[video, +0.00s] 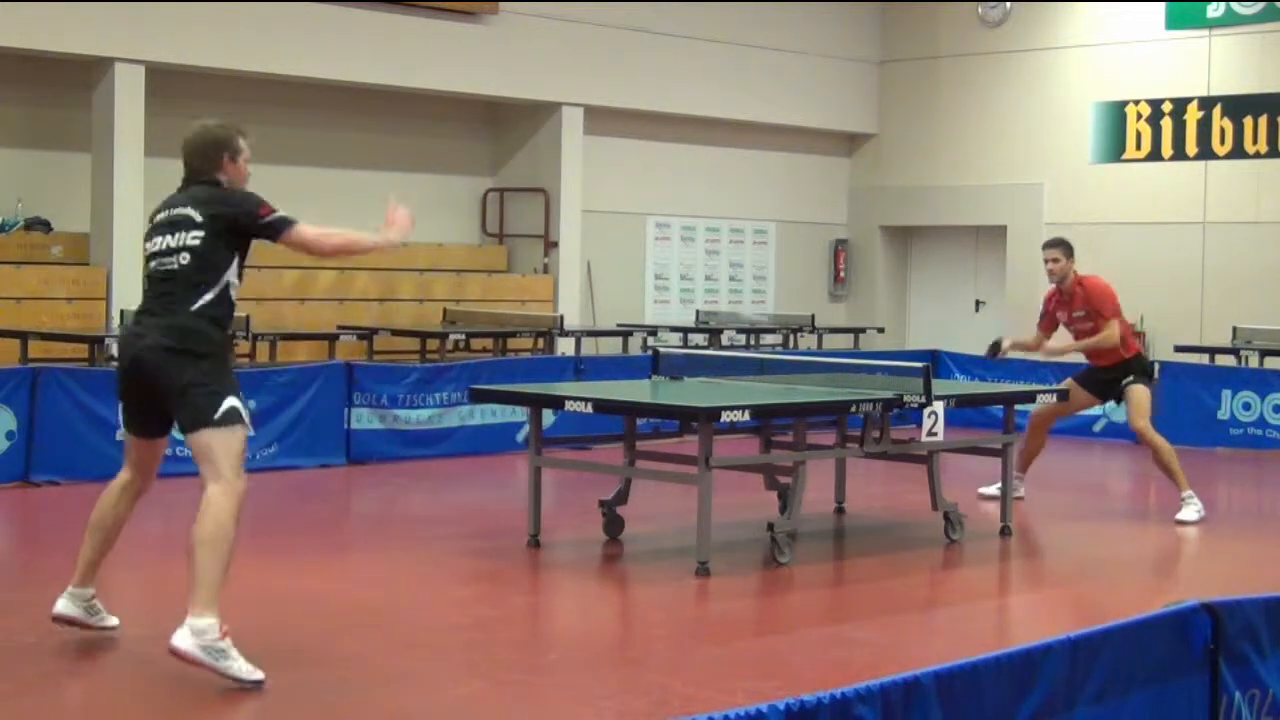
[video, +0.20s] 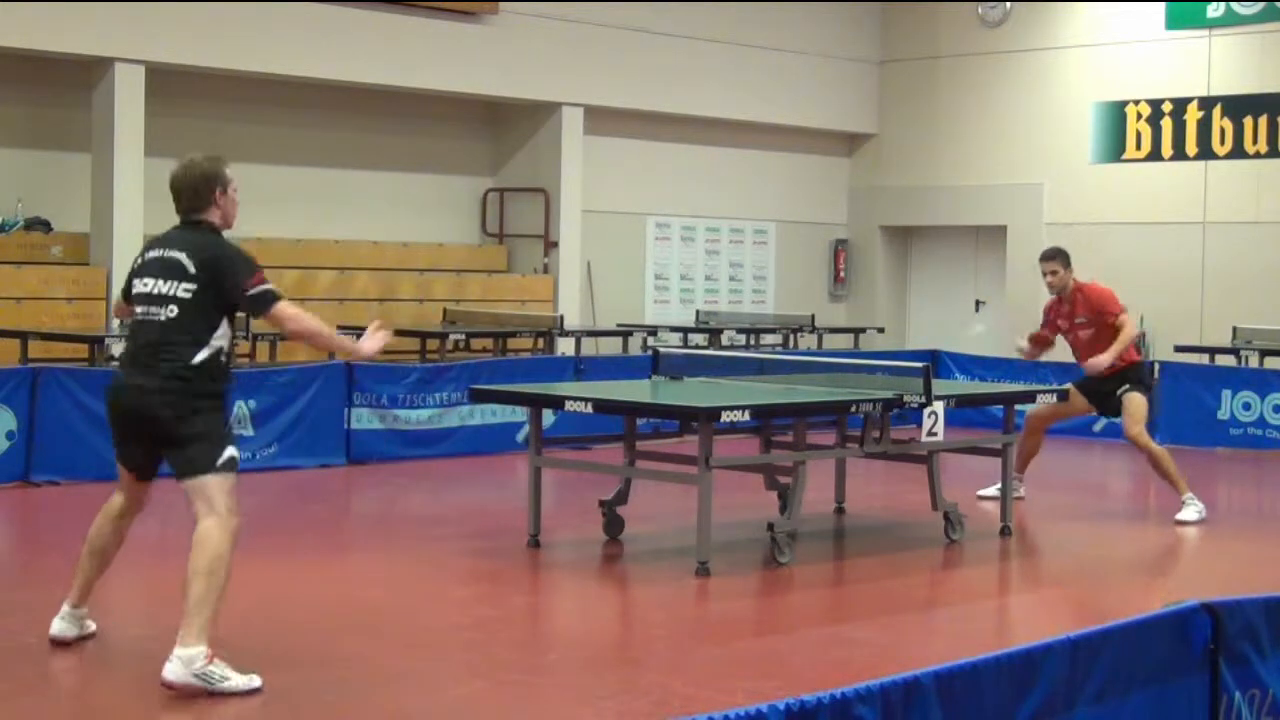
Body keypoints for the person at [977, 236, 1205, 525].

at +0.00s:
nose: (1049, 268)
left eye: (1054, 261)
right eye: (1046, 262)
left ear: (1071, 262)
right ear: (1045, 265)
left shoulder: (1096, 289)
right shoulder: (1053, 299)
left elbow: (1113, 337)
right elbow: (1038, 342)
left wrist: (1061, 349)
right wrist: (1012, 343)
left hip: (1131, 366)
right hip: (1100, 371)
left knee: (1140, 426)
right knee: (1040, 416)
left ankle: (1189, 498)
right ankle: (1015, 482)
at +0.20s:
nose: (1049, 280)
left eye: (1054, 274)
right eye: (1045, 276)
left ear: (1070, 272)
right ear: (1043, 278)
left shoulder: (1097, 295)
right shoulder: (1054, 308)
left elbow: (1130, 328)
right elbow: (1043, 343)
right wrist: (1030, 347)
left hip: (1129, 375)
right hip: (1096, 381)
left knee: (1135, 432)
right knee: (1035, 418)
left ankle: (1189, 500)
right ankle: (1015, 482)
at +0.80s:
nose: (1076, 224)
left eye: (1083, 219)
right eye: (1075, 220)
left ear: (1102, 225)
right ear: (1077, 228)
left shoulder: (1124, 266)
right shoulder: (1068, 267)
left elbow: (1156, 304)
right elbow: (1030, 293)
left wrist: (1165, 299)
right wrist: (1010, 261)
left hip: (1115, 357)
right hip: (1079, 357)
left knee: (1141, 424)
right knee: (1043, 420)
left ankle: (1192, 499)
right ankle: (1015, 482)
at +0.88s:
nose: (1075, 226)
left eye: (1082, 221)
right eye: (1075, 221)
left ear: (1101, 225)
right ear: (1080, 228)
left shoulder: (1125, 267)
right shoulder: (1071, 269)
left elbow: (1141, 309)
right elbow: (1048, 310)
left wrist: (1145, 332)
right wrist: (1018, 290)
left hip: (1112, 357)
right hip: (1075, 357)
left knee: (1142, 427)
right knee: (1043, 422)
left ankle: (1192, 499)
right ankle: (1016, 482)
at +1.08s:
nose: (1074, 230)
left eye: (1080, 225)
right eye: (1074, 226)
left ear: (1099, 229)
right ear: (1088, 230)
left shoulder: (1122, 269)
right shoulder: (1074, 273)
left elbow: (1121, 325)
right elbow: (1066, 321)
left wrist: (1093, 367)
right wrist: (1054, 363)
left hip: (1104, 358)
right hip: (1070, 357)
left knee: (1139, 426)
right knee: (1043, 424)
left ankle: (1191, 498)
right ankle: (1016, 481)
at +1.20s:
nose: (1073, 231)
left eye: (1079, 226)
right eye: (1073, 226)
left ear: (1098, 229)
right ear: (1087, 230)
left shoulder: (1121, 269)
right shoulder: (1072, 272)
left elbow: (1120, 323)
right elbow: (1061, 319)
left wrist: (1079, 352)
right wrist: (1051, 361)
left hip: (1104, 356)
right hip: (1070, 356)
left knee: (1138, 426)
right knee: (1043, 422)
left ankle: (1191, 498)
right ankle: (1016, 481)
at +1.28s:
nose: (1074, 230)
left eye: (1079, 225)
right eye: (1073, 226)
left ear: (1099, 228)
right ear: (1083, 231)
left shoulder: (1120, 269)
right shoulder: (1071, 272)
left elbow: (1119, 322)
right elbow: (1061, 320)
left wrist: (1074, 348)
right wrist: (1049, 357)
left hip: (1104, 357)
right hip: (1070, 357)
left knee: (1139, 427)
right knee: (1042, 424)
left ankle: (1191, 498)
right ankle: (1016, 481)